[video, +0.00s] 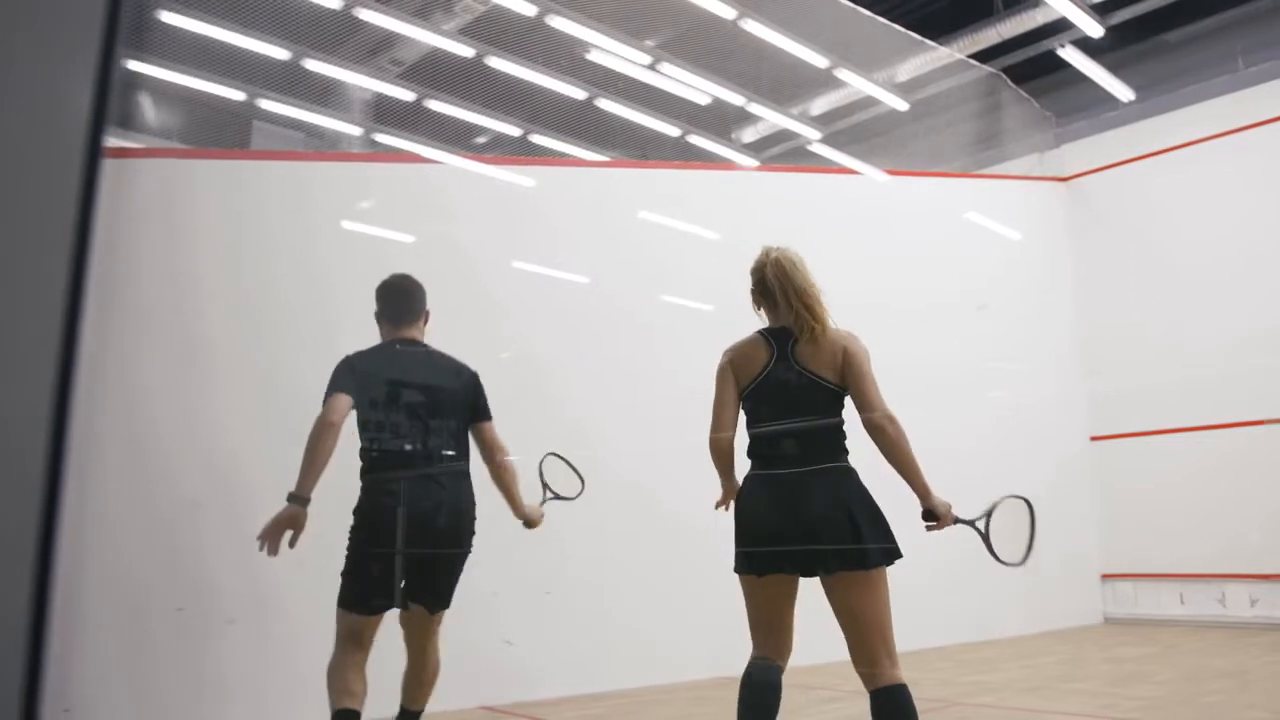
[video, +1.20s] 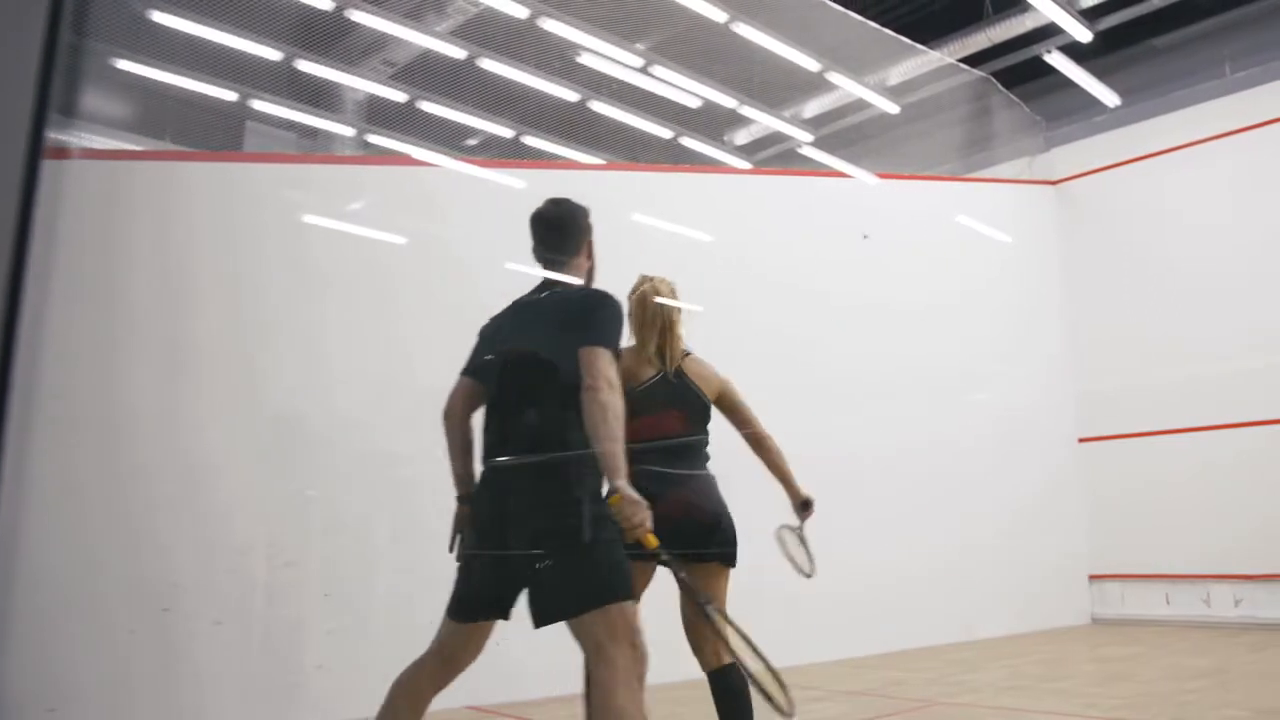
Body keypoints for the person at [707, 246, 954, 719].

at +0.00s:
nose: (759, 300)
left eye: (757, 294)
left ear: (759, 297)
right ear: (809, 289)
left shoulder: (738, 357)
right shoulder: (843, 346)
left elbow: (720, 438)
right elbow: (878, 420)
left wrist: (729, 484)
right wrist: (927, 495)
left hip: (765, 512)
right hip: (838, 506)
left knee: (767, 654)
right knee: (880, 668)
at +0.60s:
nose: (763, 316)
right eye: (763, 308)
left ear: (716, 317)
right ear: (763, 313)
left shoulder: (689, 376)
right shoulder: (781, 373)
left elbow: (670, 450)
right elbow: (819, 442)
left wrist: (669, 517)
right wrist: (874, 504)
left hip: (708, 526)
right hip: (772, 520)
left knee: (733, 649)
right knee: (833, 650)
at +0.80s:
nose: (738, 308)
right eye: (737, 300)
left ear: (689, 305)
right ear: (736, 304)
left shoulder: (662, 363)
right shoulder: (756, 362)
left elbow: (641, 437)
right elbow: (802, 429)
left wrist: (636, 497)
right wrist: (852, 486)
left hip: (682, 513)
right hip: (746, 506)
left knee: (707, 641)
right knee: (782, 637)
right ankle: (808, 715)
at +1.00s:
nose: (712, 299)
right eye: (711, 292)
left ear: (662, 299)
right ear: (709, 298)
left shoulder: (641, 350)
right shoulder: (738, 356)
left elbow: (623, 426)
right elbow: (792, 422)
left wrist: (605, 484)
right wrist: (831, 475)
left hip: (657, 495)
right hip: (722, 492)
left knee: (667, 632)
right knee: (733, 630)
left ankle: (671, 717)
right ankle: (755, 716)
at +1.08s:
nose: (651, 310)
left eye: (652, 302)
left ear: (651, 305)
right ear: (698, 306)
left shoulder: (633, 354)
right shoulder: (726, 361)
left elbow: (616, 428)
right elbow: (782, 426)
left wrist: (590, 490)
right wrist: (821, 480)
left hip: (648, 497)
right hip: (713, 495)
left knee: (645, 633)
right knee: (721, 631)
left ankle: (647, 717)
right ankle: (746, 716)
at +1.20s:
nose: (638, 322)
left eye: (634, 313)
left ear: (633, 318)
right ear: (678, 317)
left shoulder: (613, 370)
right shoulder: (699, 370)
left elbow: (589, 438)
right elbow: (754, 433)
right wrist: (794, 490)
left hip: (637, 505)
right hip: (701, 506)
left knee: (609, 628)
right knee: (710, 633)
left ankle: (611, 711)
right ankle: (740, 714)